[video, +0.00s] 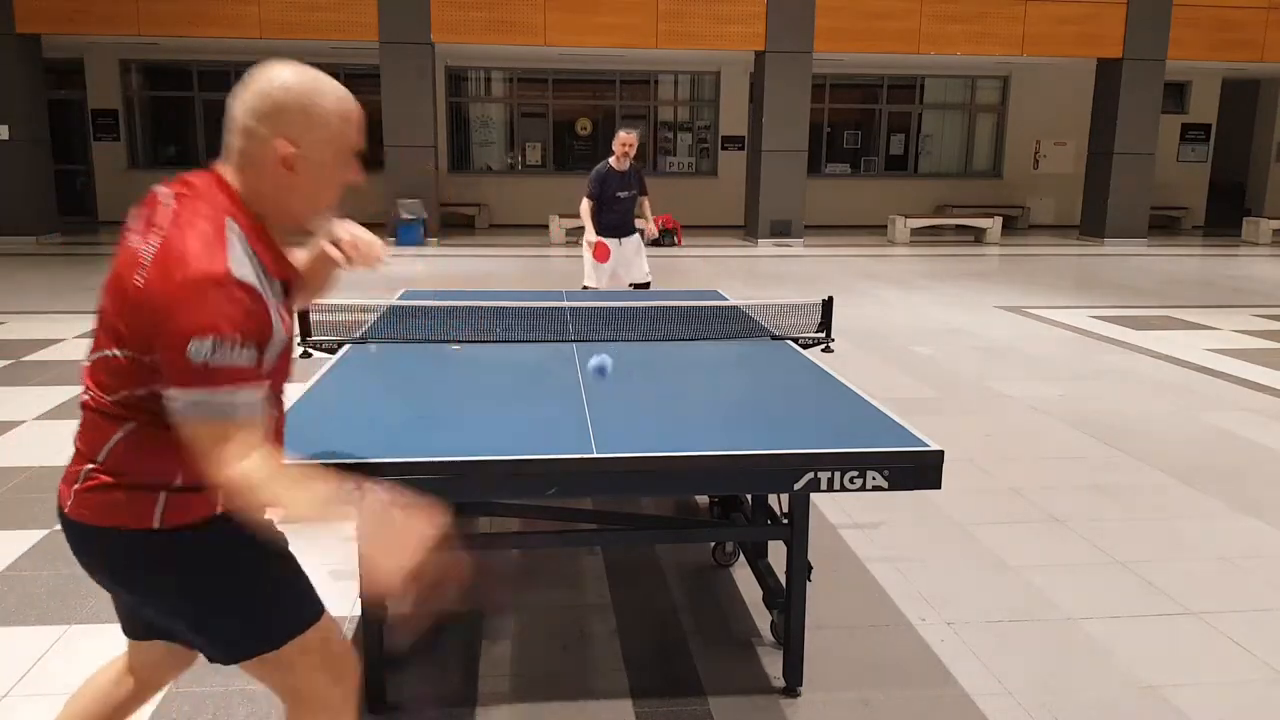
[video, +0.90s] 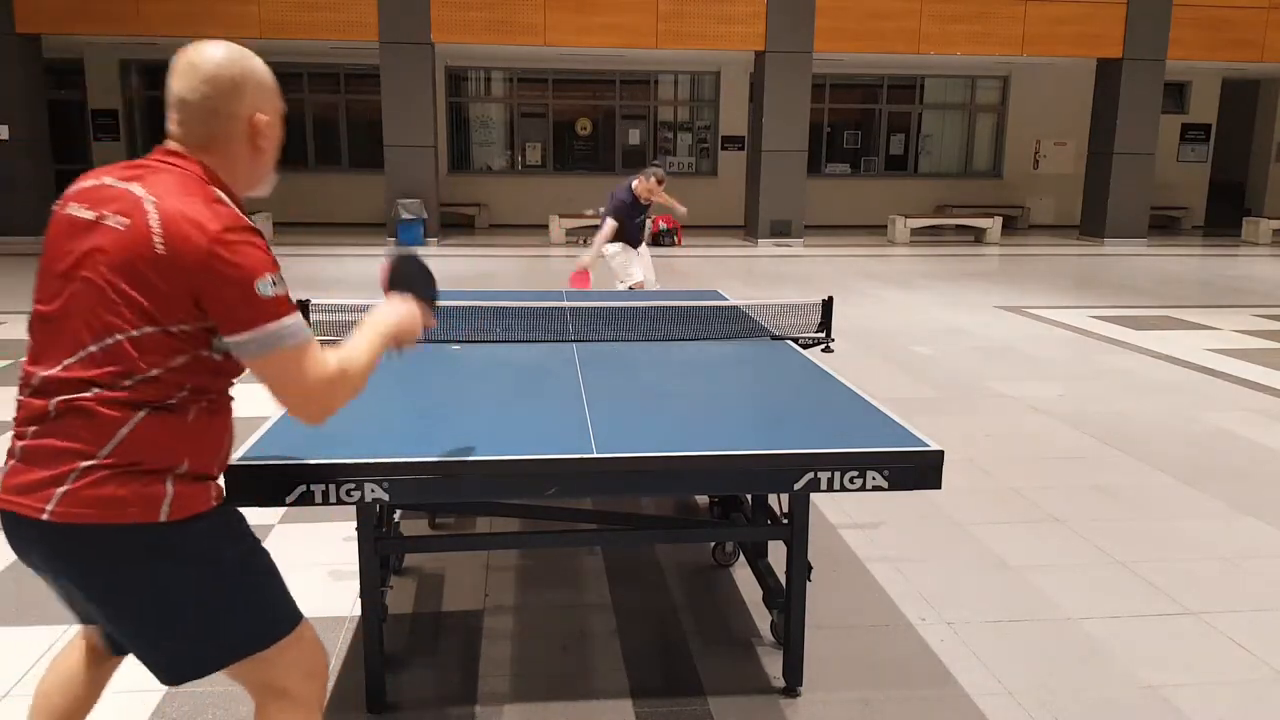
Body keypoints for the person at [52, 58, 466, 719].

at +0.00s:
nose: (357, 177)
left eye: (358, 159)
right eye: (348, 158)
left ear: (278, 156)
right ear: (287, 160)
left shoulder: (186, 199)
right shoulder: (209, 276)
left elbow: (257, 298)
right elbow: (240, 469)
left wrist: (319, 262)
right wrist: (366, 502)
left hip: (118, 501)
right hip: (174, 519)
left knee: (158, 657)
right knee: (327, 680)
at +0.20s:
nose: (207, 97)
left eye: (206, 81)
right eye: (200, 80)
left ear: (92, 82)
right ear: (162, 92)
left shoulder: (21, 185)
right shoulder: (148, 165)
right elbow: (307, 88)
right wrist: (234, 11)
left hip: (42, 501)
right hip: (153, 502)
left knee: (83, 669)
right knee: (285, 686)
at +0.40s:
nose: (116, 96)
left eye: (113, 78)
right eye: (110, 78)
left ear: (9, 89)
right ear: (80, 85)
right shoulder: (99, 163)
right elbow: (264, 131)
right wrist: (182, 36)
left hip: (10, 503)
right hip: (123, 492)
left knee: (59, 666)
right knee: (254, 688)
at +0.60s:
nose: (130, 88)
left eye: (126, 73)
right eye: (124, 74)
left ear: (25, 84)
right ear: (98, 83)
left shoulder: (5, 157)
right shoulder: (107, 172)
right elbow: (288, 217)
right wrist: (250, 110)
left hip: (12, 489)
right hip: (99, 488)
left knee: (49, 669)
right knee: (241, 674)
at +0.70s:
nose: (167, 93)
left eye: (165, 78)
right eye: (163, 78)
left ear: (67, 86)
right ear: (142, 86)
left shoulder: (9, 167)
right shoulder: (133, 181)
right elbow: (304, 268)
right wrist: (298, 163)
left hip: (15, 489)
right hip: (107, 494)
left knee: (51, 668)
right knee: (245, 673)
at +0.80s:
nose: (226, 105)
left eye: (222, 88)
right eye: (222, 89)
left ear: (120, 95)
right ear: (203, 98)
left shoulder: (35, 178)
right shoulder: (175, 204)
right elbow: (319, 332)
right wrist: (351, 229)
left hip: (14, 498)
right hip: (122, 507)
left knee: (68, 665)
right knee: (269, 677)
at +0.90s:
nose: (280, 137)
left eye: (280, 120)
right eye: (279, 120)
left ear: (178, 117)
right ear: (258, 128)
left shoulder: (85, 192)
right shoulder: (213, 231)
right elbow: (314, 394)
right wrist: (385, 323)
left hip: (34, 502)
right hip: (143, 513)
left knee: (104, 633)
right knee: (296, 678)